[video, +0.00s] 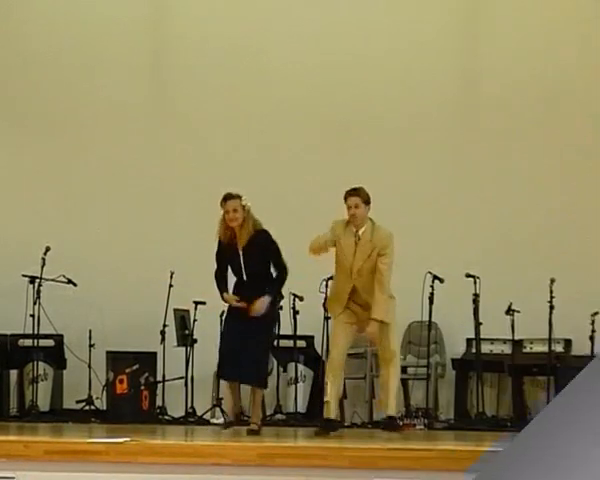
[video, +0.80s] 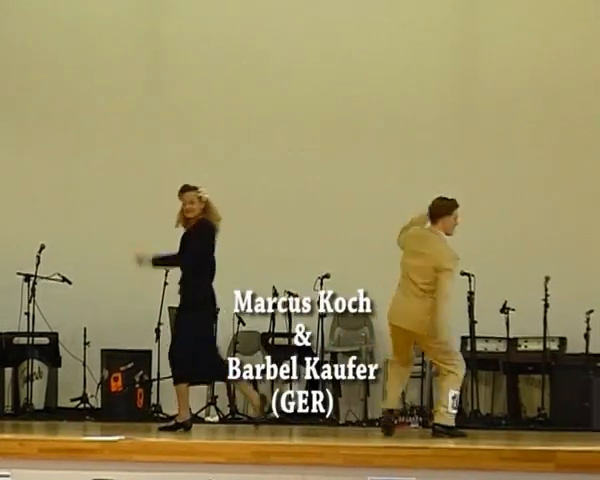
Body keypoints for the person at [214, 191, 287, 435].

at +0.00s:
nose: (232, 216)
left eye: (236, 211)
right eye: (228, 212)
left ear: (245, 211)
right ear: (223, 215)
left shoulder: (262, 237)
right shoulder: (225, 240)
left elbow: (282, 270)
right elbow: (221, 271)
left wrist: (268, 297)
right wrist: (225, 294)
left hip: (264, 303)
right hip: (239, 301)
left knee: (257, 355)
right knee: (230, 353)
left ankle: (256, 415)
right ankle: (235, 410)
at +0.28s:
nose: (235, 213)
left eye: (239, 209)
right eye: (231, 210)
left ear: (248, 210)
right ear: (226, 214)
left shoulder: (262, 240)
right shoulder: (228, 239)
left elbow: (274, 276)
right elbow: (231, 273)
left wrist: (260, 296)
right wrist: (220, 297)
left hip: (260, 304)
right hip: (238, 303)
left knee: (256, 358)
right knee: (232, 357)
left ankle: (271, 419)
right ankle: (252, 412)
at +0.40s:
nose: (228, 217)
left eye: (233, 212)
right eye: (224, 213)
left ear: (241, 213)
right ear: (220, 217)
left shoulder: (250, 242)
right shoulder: (224, 244)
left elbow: (248, 280)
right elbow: (234, 280)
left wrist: (224, 281)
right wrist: (226, 308)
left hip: (254, 304)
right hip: (235, 304)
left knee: (252, 360)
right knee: (213, 358)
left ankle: (268, 420)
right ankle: (212, 414)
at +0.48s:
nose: (222, 213)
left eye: (226, 208)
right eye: (217, 209)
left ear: (234, 209)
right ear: (214, 213)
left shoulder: (242, 237)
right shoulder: (220, 240)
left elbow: (235, 274)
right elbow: (224, 273)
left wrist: (209, 255)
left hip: (245, 301)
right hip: (229, 301)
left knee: (250, 358)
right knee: (211, 356)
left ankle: (265, 420)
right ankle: (186, 414)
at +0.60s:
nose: (210, 206)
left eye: (214, 201)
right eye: (206, 202)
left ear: (223, 201)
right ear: (203, 206)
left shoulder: (229, 226)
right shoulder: (212, 229)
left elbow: (211, 253)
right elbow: (213, 263)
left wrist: (186, 229)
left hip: (231, 297)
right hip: (214, 297)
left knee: (243, 355)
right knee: (196, 351)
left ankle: (265, 417)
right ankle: (180, 413)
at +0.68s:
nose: (202, 204)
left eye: (206, 199)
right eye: (198, 201)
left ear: (216, 200)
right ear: (194, 205)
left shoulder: (219, 224)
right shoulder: (202, 227)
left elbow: (204, 250)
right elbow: (205, 265)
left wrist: (171, 231)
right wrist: (201, 298)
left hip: (219, 299)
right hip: (203, 299)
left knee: (236, 354)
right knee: (189, 354)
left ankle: (264, 413)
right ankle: (184, 415)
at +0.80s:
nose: (188, 207)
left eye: (193, 202)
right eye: (185, 203)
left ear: (202, 204)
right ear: (181, 206)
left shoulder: (203, 229)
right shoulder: (191, 231)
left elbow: (186, 260)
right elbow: (185, 260)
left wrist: (151, 260)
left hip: (200, 302)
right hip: (190, 302)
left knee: (206, 358)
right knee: (178, 356)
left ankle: (254, 398)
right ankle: (183, 415)